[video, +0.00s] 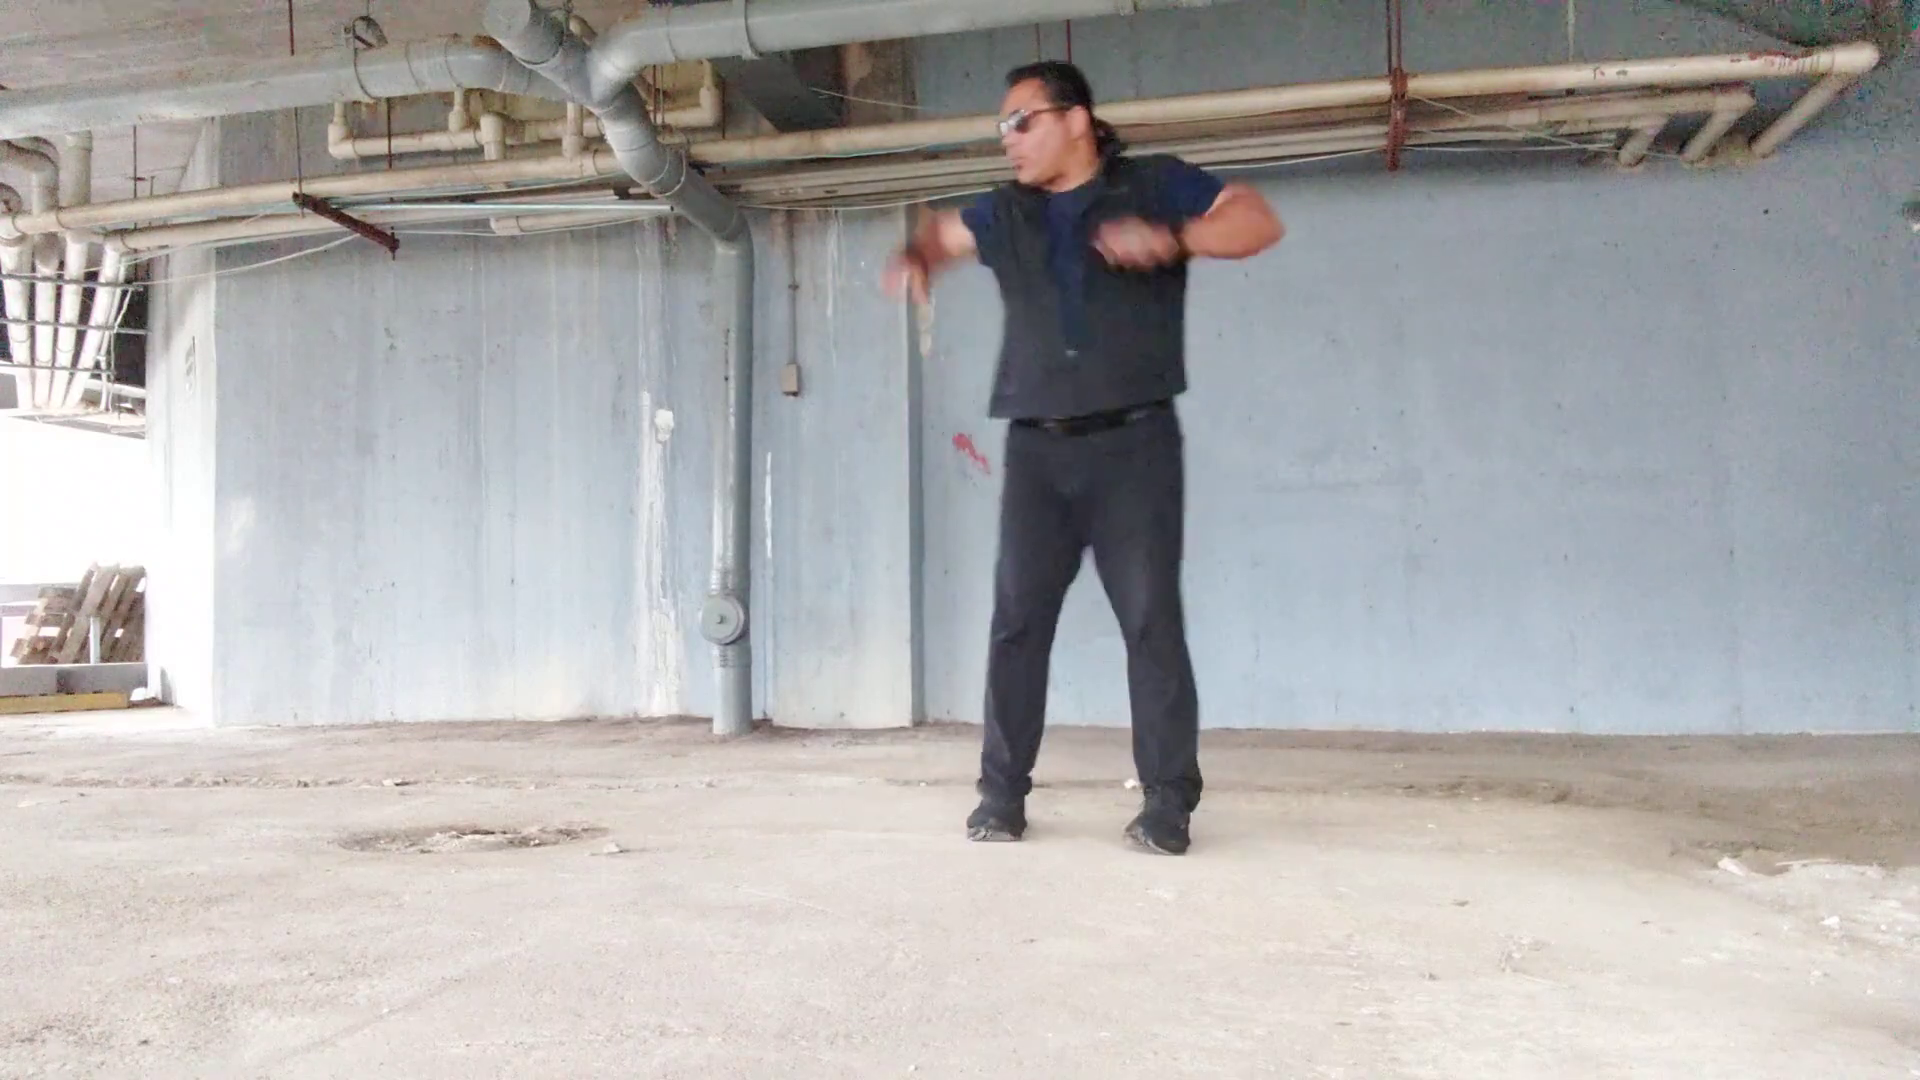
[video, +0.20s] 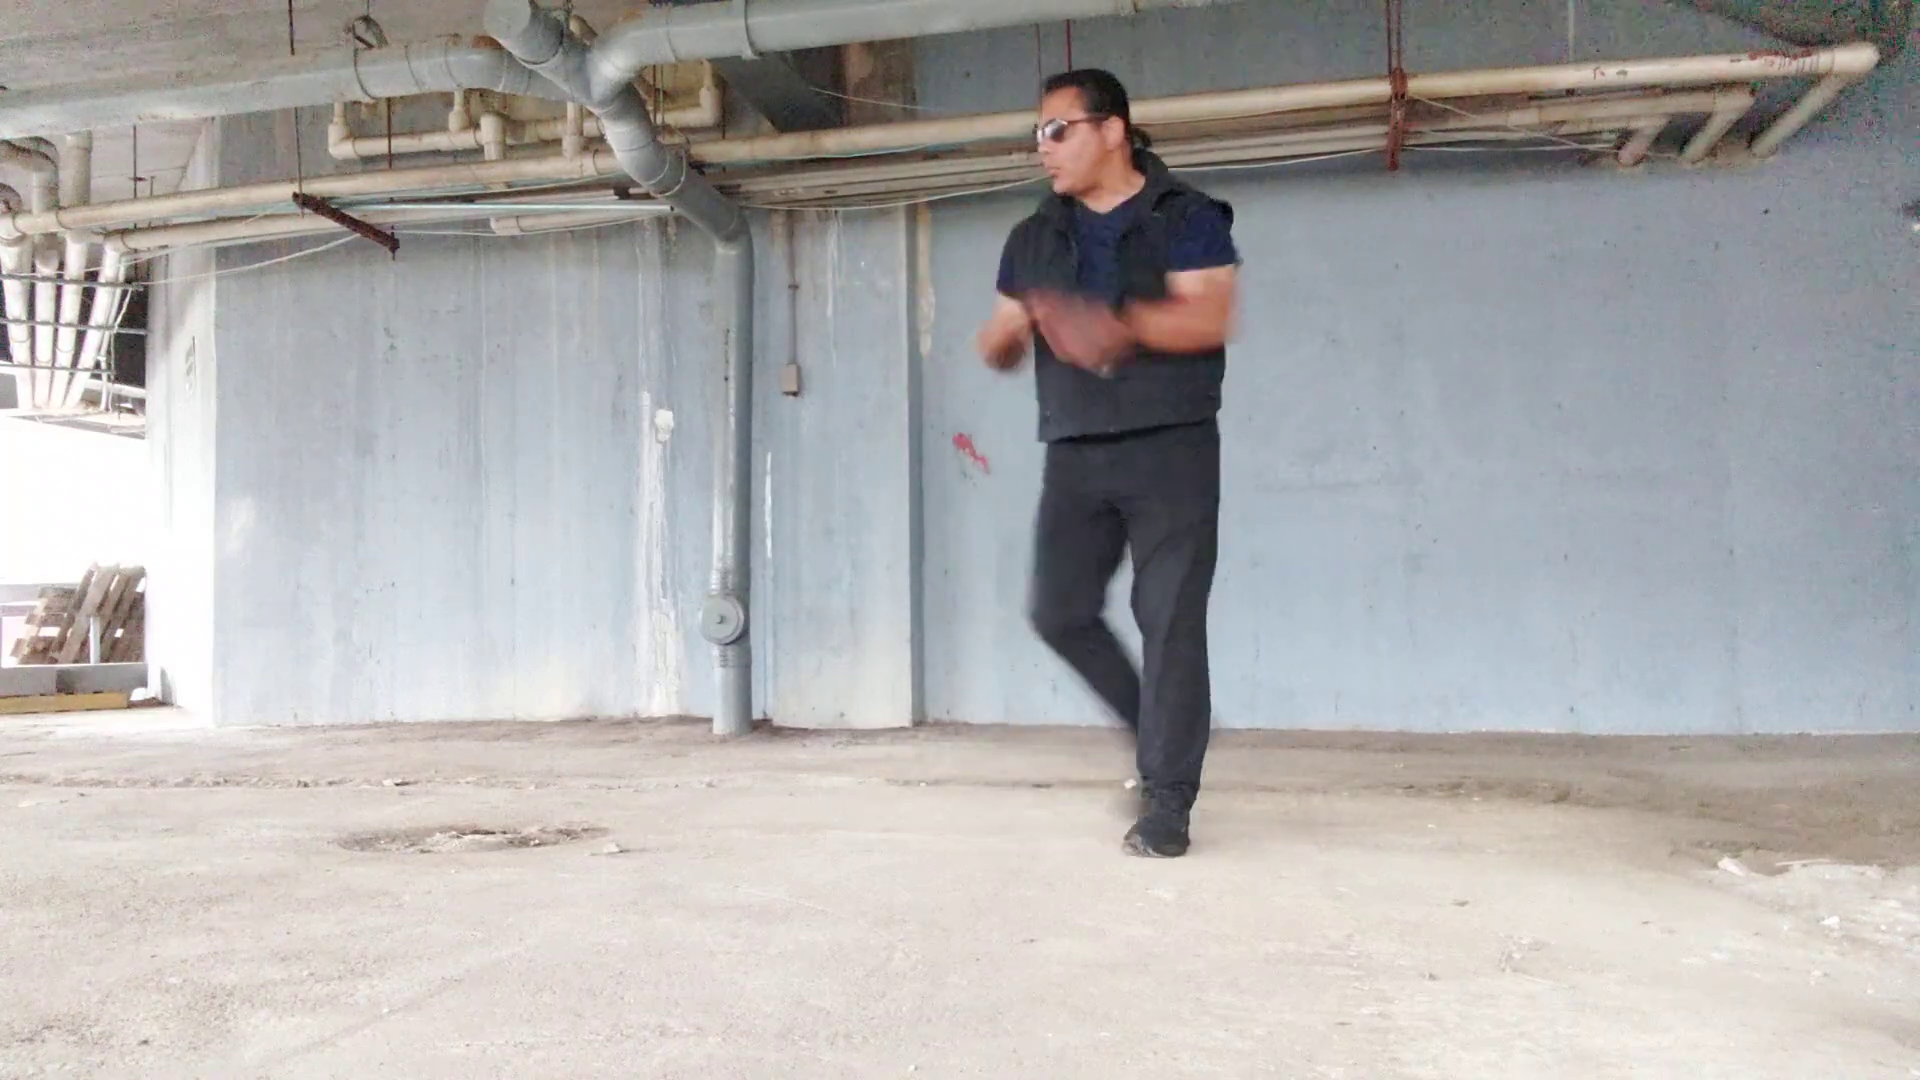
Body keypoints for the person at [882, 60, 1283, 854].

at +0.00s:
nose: (1009, 139)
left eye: (1023, 122)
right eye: (1004, 127)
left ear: (1079, 120)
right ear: (1016, 137)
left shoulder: (1152, 184)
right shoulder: (1007, 210)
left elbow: (1259, 223)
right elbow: (936, 237)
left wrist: (1169, 239)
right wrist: (915, 258)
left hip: (1134, 443)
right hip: (1037, 449)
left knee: (1151, 623)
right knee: (1017, 623)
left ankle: (1168, 800)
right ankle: (1002, 795)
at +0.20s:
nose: (1045, 149)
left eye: (1060, 131)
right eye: (1040, 135)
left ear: (1113, 132)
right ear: (1043, 147)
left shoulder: (1191, 217)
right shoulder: (1036, 235)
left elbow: (1212, 321)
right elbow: (997, 352)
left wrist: (1118, 322)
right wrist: (1019, 324)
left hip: (1172, 453)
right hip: (1076, 460)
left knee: (1170, 621)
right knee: (1061, 614)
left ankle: (1168, 805)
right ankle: (1158, 734)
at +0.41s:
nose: (1054, 162)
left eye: (1067, 147)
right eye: (1050, 151)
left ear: (1122, 146)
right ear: (1069, 164)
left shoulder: (1187, 207)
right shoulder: (1064, 222)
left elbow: (1273, 271)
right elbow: (999, 248)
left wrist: (1332, 314)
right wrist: (1103, 214)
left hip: (1162, 443)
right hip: (1099, 454)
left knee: (1102, 602)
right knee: (1172, 617)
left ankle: (1178, 778)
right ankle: (1259, 780)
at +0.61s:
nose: (1099, 150)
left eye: (1114, 135)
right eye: (1083, 139)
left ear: (1146, 146)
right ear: (1065, 157)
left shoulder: (1195, 233)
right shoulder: (1040, 243)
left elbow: (1237, 325)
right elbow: (1001, 348)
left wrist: (1167, 289)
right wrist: (1015, 371)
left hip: (1162, 457)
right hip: (1070, 464)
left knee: (1155, 620)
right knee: (1016, 610)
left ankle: (1186, 807)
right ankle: (1144, 737)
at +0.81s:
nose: (1066, 129)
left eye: (1082, 112)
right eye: (1048, 116)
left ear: (1110, 124)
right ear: (1029, 132)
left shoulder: (1156, 206)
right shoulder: (1010, 210)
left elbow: (1154, 310)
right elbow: (930, 227)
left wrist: (1042, 331)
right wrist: (910, 234)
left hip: (1139, 449)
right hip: (1042, 452)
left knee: (1172, 626)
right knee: (996, 617)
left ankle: (1190, 806)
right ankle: (943, 791)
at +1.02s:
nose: (999, 140)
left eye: (1016, 126)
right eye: (982, 127)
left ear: (1043, 138)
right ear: (961, 141)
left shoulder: (1081, 207)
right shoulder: (941, 203)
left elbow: (1175, 279)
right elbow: (911, 250)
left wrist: (1195, 332)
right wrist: (1019, 215)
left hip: (1053, 448)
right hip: (969, 453)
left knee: (1091, 610)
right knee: (966, 623)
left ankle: (1169, 787)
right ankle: (960, 801)